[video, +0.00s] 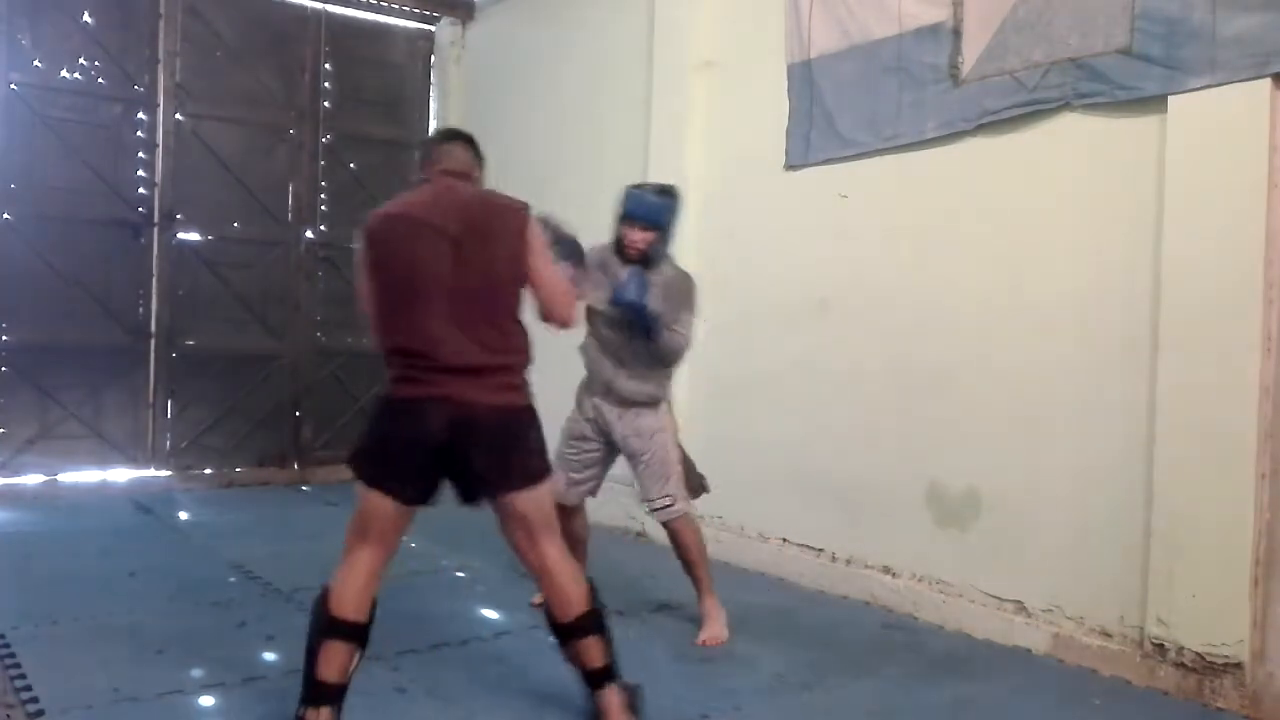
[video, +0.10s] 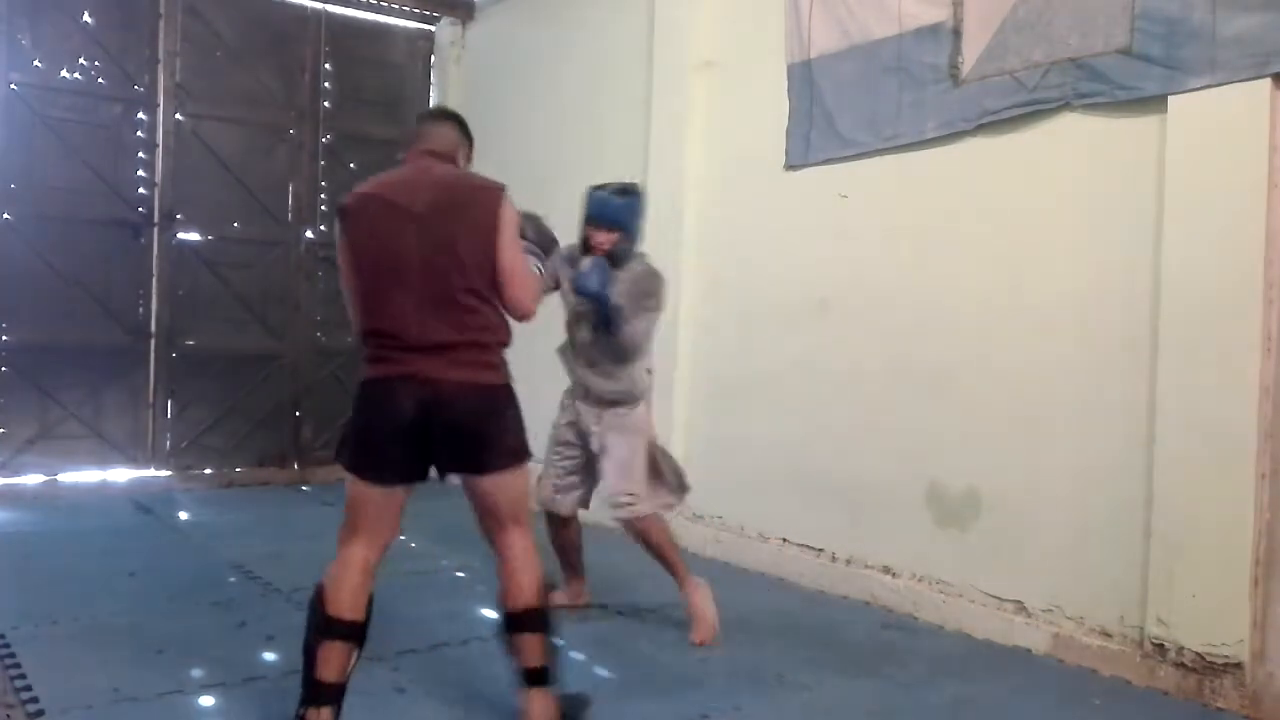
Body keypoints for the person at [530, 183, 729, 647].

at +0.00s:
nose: (637, 237)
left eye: (648, 230)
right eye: (630, 226)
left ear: (663, 234)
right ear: (618, 224)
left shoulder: (675, 283)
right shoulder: (600, 262)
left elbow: (674, 350)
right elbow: (571, 283)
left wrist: (644, 316)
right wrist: (561, 255)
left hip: (645, 412)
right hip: (594, 403)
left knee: (671, 509)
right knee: (565, 497)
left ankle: (709, 604)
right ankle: (573, 585)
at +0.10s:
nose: (599, 238)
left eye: (610, 231)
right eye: (594, 228)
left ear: (630, 234)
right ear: (584, 227)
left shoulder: (642, 278)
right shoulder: (573, 260)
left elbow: (629, 346)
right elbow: (529, 289)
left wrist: (604, 301)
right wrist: (534, 254)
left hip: (625, 411)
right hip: (579, 402)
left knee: (630, 507)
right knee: (556, 500)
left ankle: (691, 588)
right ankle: (575, 588)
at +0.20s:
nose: (570, 235)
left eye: (581, 227)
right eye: (564, 224)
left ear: (600, 230)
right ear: (555, 224)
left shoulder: (619, 273)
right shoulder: (550, 260)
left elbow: (610, 346)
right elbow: (503, 296)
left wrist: (593, 290)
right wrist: (512, 244)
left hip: (609, 400)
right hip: (567, 397)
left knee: (586, 491)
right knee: (550, 497)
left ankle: (640, 595)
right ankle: (573, 586)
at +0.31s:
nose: (544, 237)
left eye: (552, 229)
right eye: (538, 229)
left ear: (573, 227)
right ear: (532, 228)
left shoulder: (598, 263)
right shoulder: (530, 264)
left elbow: (598, 298)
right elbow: (506, 327)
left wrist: (564, 252)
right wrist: (498, 268)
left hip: (597, 396)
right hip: (553, 396)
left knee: (562, 502)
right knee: (517, 497)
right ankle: (557, 566)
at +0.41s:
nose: (542, 243)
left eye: (551, 235)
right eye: (538, 235)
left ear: (569, 239)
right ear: (531, 241)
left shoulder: (591, 277)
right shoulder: (528, 290)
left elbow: (577, 293)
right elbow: (501, 358)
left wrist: (530, 246)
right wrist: (496, 311)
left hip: (578, 419)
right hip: (535, 417)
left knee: (528, 520)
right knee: (492, 506)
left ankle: (541, 647)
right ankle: (538, 576)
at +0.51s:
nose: (505, 257)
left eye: (514, 245)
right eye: (501, 247)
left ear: (539, 248)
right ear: (504, 252)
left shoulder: (580, 283)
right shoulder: (508, 287)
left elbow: (566, 337)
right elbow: (505, 367)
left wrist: (517, 300)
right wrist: (492, 305)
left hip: (570, 422)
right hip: (522, 417)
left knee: (532, 519)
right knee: (492, 512)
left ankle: (539, 646)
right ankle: (538, 570)